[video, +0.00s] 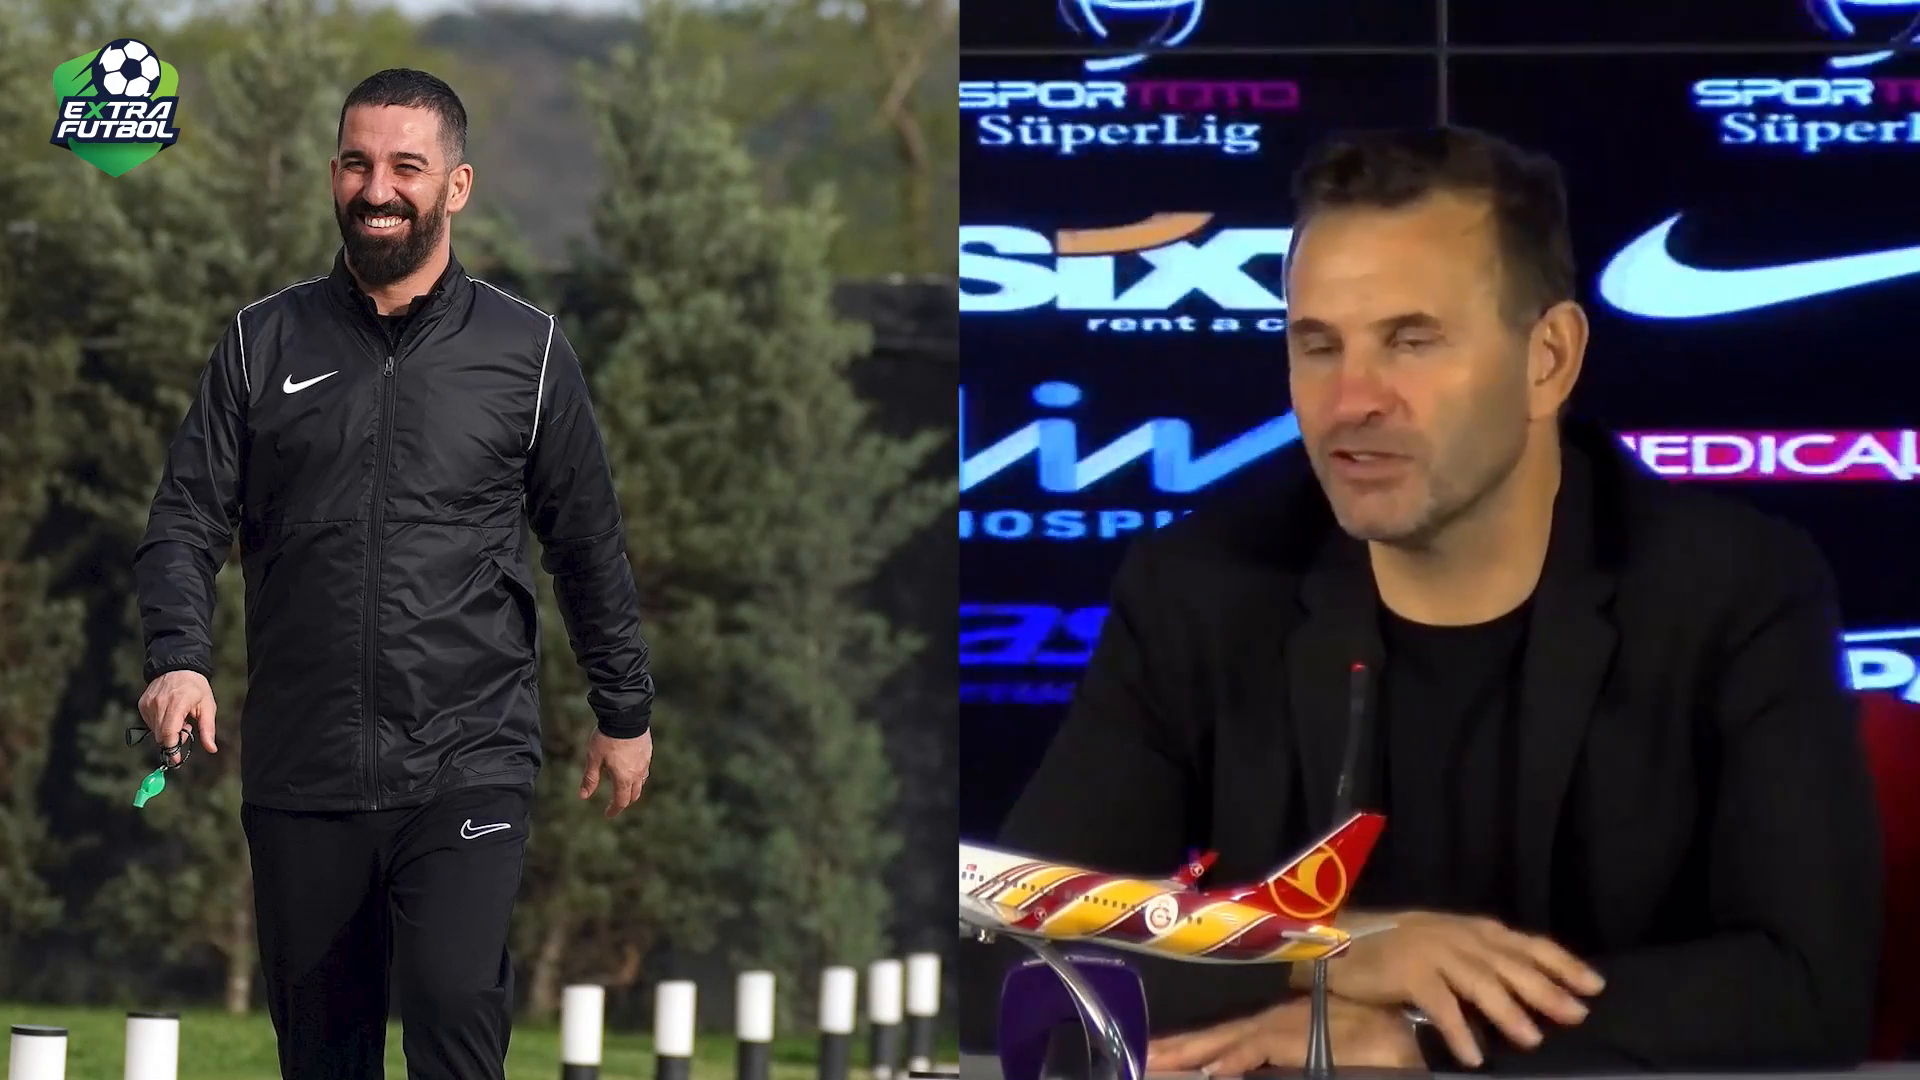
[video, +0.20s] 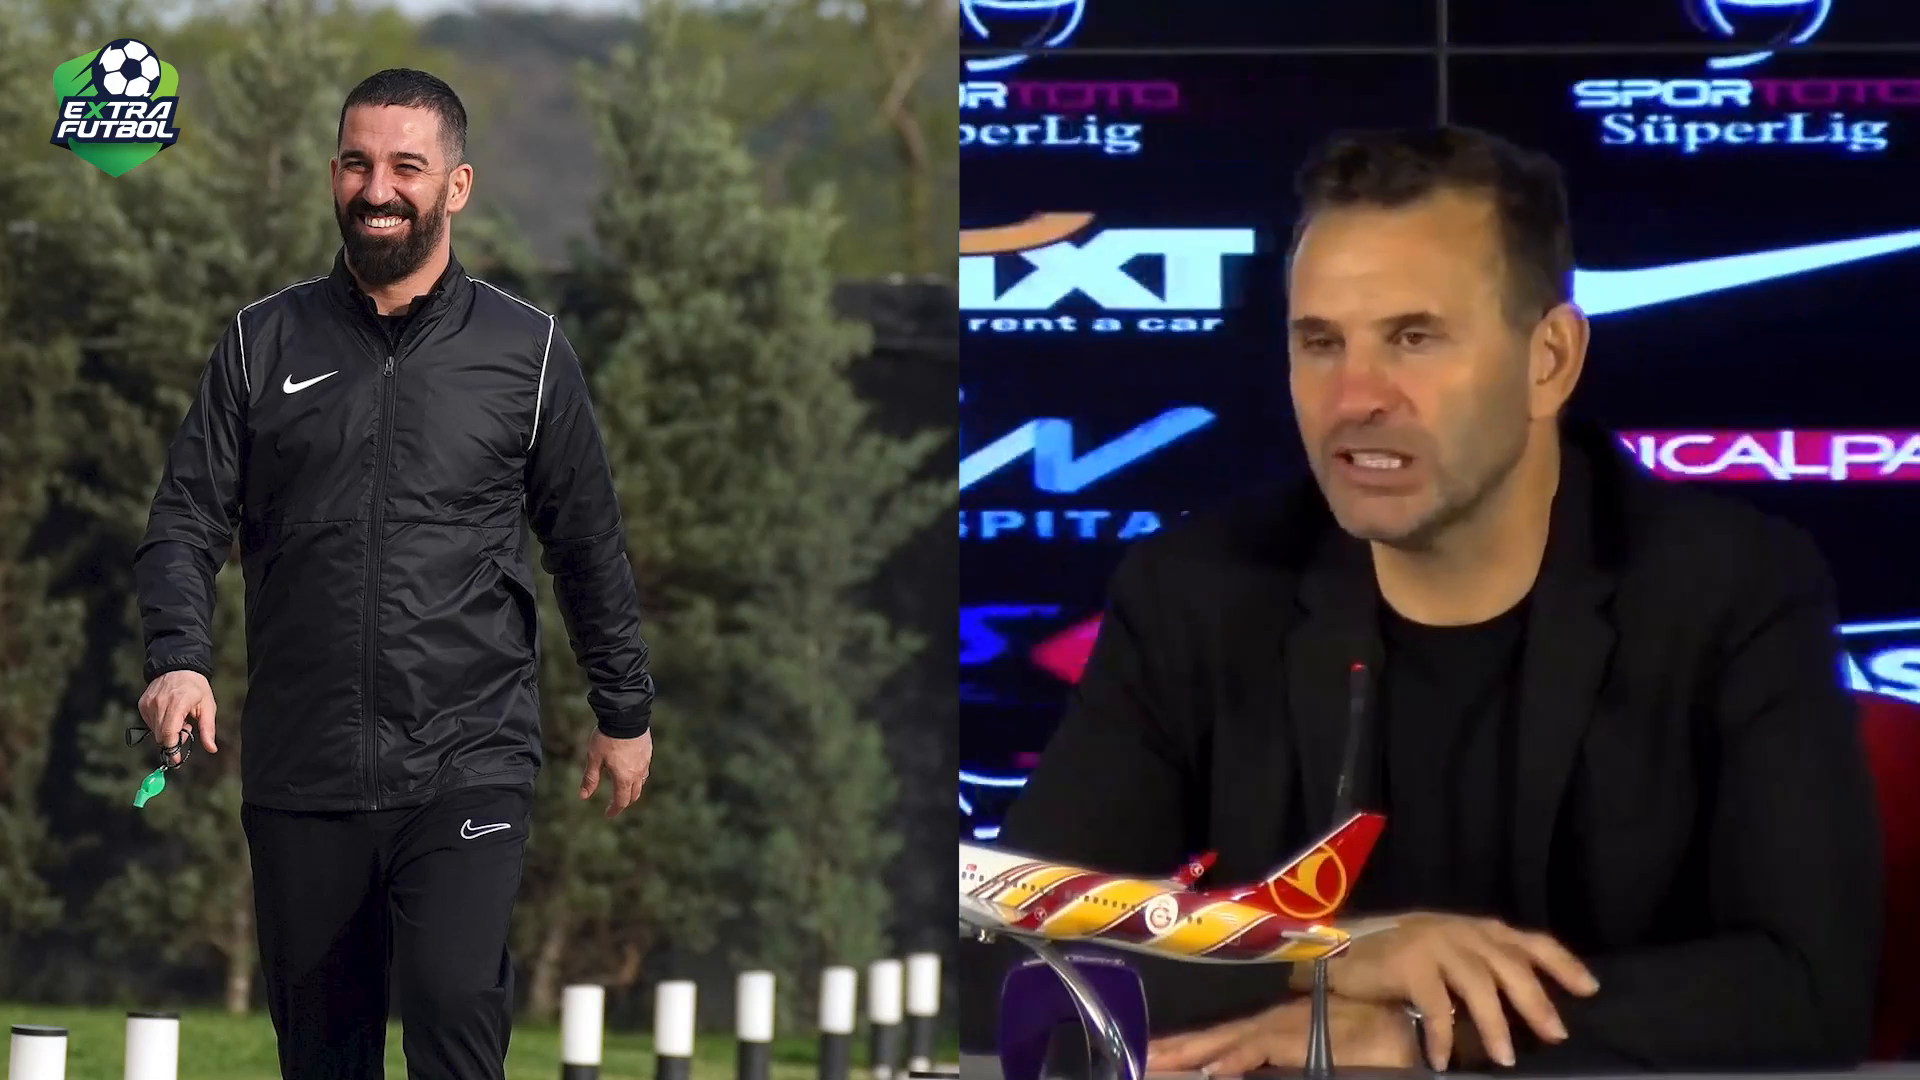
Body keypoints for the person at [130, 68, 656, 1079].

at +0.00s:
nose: (376, 187)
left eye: (405, 164)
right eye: (356, 162)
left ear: (458, 185)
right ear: (334, 177)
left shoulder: (530, 350)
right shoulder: (259, 342)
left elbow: (589, 541)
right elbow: (186, 513)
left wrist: (623, 708)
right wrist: (178, 658)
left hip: (471, 752)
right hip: (301, 755)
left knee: (455, 1020)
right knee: (320, 1043)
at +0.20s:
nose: (376, 187)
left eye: (405, 164)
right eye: (356, 162)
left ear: (458, 185)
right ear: (334, 177)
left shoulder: (530, 350)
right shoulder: (259, 342)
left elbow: (589, 541)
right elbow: (187, 513)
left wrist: (623, 708)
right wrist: (178, 658)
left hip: (471, 752)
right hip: (301, 755)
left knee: (455, 1019)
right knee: (320, 1043)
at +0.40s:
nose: (376, 187)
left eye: (405, 164)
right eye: (356, 162)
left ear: (458, 185)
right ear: (334, 177)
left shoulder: (530, 350)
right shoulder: (259, 342)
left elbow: (589, 541)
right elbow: (187, 513)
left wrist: (623, 708)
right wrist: (178, 658)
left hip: (471, 752)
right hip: (301, 755)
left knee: (455, 1019)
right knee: (320, 1043)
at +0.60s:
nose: (376, 187)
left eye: (405, 164)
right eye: (356, 162)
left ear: (458, 185)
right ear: (334, 177)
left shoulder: (530, 350)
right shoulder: (259, 342)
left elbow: (589, 541)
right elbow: (187, 513)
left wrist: (623, 708)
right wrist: (178, 658)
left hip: (471, 752)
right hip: (301, 755)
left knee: (455, 1019)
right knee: (320, 1043)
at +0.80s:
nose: (376, 187)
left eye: (405, 164)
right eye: (356, 162)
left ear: (458, 185)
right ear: (334, 177)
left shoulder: (530, 350)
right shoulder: (259, 342)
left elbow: (589, 541)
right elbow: (187, 513)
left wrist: (623, 708)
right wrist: (178, 658)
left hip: (471, 752)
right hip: (301, 755)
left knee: (455, 1019)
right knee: (320, 1043)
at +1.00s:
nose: (376, 187)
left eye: (405, 164)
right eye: (356, 162)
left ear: (458, 185)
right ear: (334, 177)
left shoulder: (530, 350)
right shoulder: (259, 342)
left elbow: (589, 541)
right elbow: (187, 513)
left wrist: (623, 708)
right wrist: (178, 658)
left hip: (471, 753)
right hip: (301, 755)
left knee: (455, 1018)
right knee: (320, 1043)